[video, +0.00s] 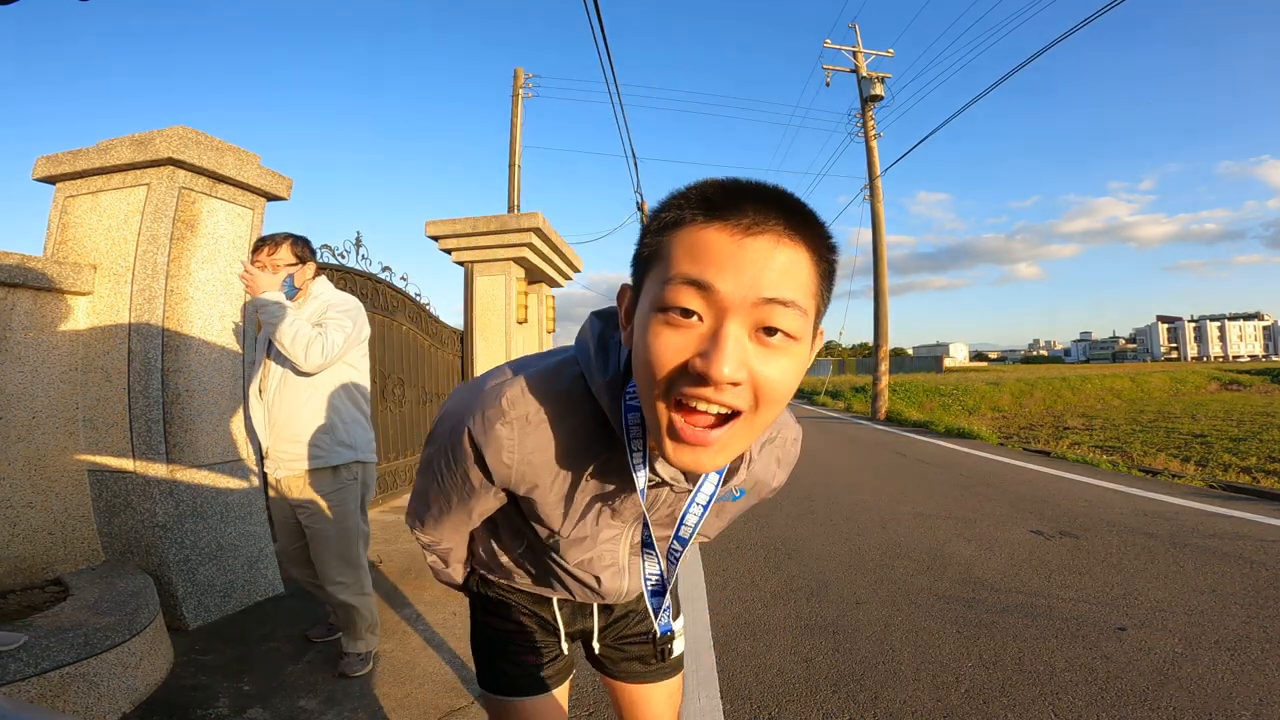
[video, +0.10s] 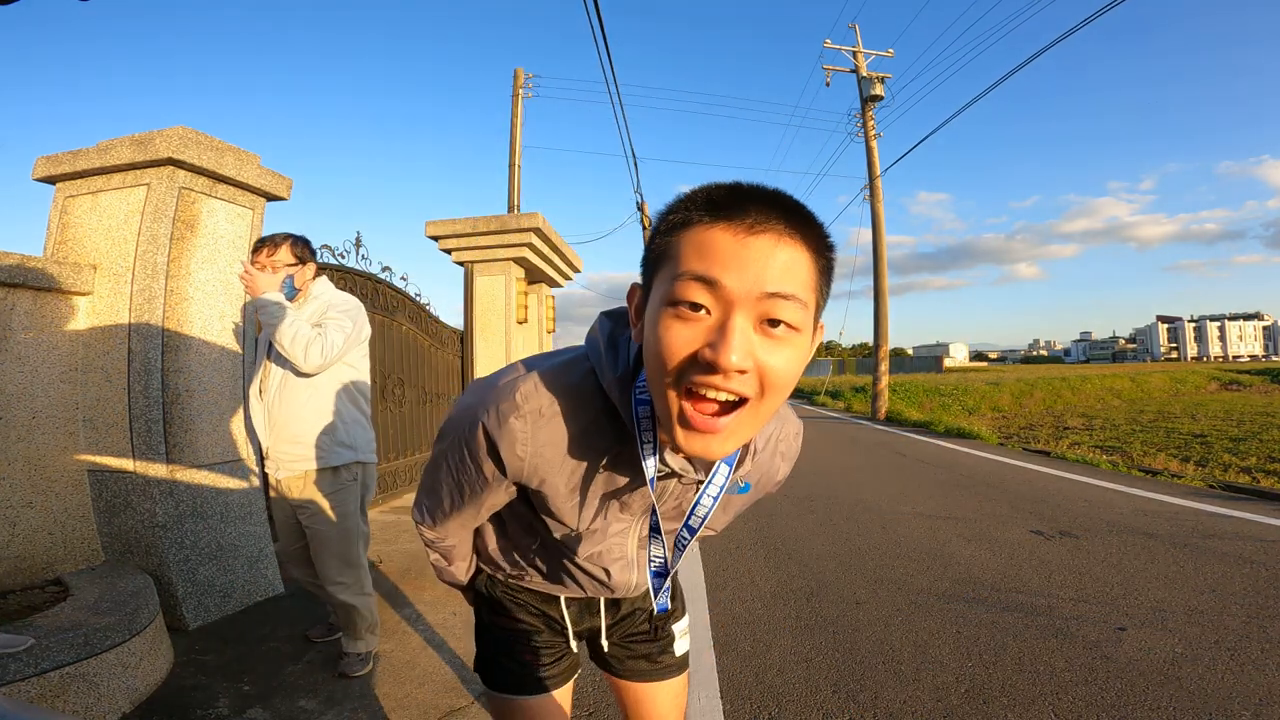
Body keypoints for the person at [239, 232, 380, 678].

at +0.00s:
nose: (260, 279)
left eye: (270, 269)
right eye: (258, 270)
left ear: (304, 269)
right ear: (261, 274)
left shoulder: (344, 307)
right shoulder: (269, 315)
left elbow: (312, 354)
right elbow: (263, 391)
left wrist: (267, 299)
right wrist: (266, 457)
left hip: (330, 465)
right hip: (281, 467)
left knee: (342, 570)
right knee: (298, 564)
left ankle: (360, 641)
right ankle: (340, 617)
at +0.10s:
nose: (258, 279)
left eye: (267, 270)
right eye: (257, 271)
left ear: (303, 269)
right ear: (274, 277)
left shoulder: (344, 308)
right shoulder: (271, 314)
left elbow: (312, 355)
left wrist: (267, 299)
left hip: (331, 465)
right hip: (282, 466)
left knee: (342, 569)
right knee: (298, 564)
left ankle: (360, 641)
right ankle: (340, 617)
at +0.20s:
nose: (259, 282)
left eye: (268, 273)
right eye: (257, 274)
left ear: (302, 270)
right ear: (271, 277)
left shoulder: (345, 308)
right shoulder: (276, 315)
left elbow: (314, 356)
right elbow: (265, 388)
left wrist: (267, 301)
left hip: (331, 466)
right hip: (284, 467)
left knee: (343, 569)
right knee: (299, 563)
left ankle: (360, 642)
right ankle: (340, 617)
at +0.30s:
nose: (260, 279)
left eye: (270, 270)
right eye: (258, 271)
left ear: (306, 270)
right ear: (266, 276)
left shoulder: (347, 309)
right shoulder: (277, 317)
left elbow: (319, 359)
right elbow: (273, 392)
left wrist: (269, 304)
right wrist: (271, 457)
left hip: (333, 465)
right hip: (286, 465)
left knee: (344, 568)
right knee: (301, 562)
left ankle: (360, 642)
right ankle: (339, 617)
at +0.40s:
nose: (269, 280)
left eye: (278, 270)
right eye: (263, 273)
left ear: (311, 270)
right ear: (263, 276)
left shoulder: (348, 309)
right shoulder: (276, 316)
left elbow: (333, 363)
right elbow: (270, 389)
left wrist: (273, 317)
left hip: (334, 465)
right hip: (285, 465)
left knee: (344, 567)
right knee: (302, 560)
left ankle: (361, 641)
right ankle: (339, 617)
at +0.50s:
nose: (275, 281)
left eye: (286, 270)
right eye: (267, 273)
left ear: (314, 270)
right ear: (262, 275)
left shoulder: (351, 310)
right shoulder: (274, 320)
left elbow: (351, 366)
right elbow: (268, 392)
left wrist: (271, 337)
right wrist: (267, 457)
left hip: (337, 465)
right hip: (287, 465)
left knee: (345, 567)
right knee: (303, 560)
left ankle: (360, 641)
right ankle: (339, 616)